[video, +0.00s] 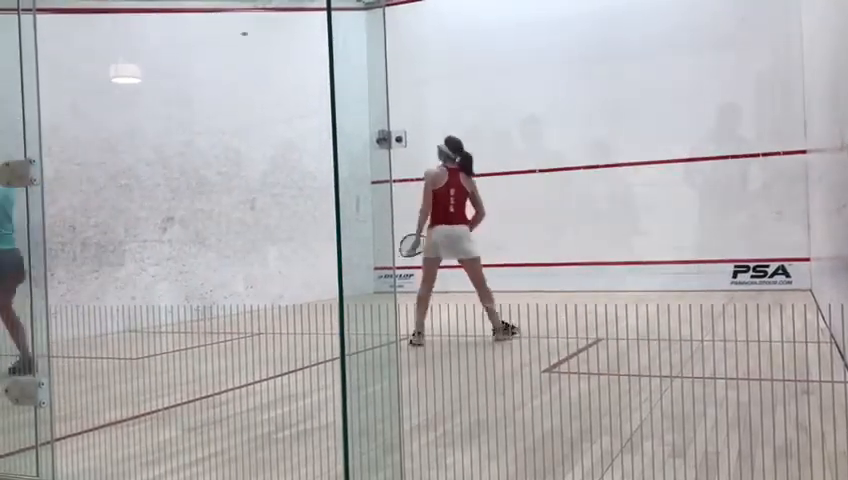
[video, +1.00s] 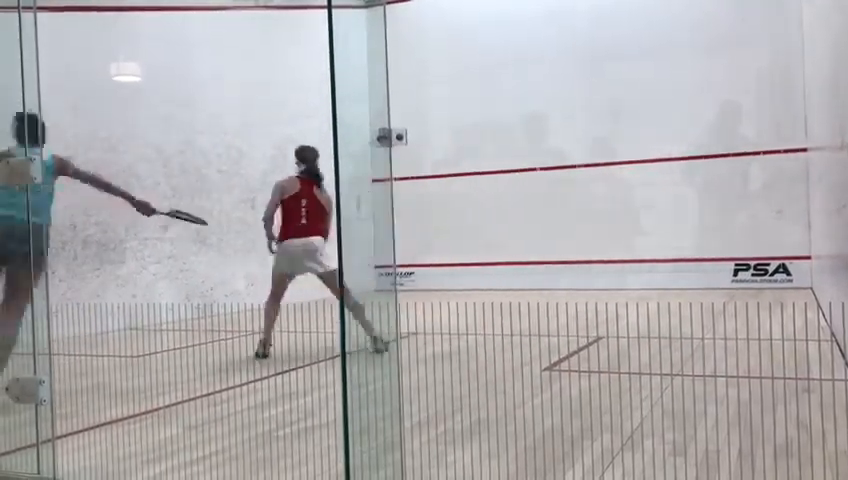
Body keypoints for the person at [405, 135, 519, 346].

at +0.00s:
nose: (438, 155)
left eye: (439, 153)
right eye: (442, 153)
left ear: (441, 155)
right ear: (459, 157)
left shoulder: (432, 175)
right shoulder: (466, 178)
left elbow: (426, 209)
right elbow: (480, 212)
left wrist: (417, 235)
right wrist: (467, 229)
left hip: (436, 233)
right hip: (461, 232)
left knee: (426, 285)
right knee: (480, 284)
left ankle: (418, 332)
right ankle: (497, 326)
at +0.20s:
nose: (406, 149)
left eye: (408, 146)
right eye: (409, 146)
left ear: (410, 148)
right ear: (429, 150)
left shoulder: (402, 168)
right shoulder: (437, 170)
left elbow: (393, 197)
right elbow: (449, 205)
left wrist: (386, 201)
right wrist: (438, 223)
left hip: (410, 227)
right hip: (434, 226)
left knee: (412, 283)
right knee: (442, 281)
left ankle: (417, 331)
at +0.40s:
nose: (399, 148)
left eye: (397, 147)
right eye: (404, 147)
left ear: (391, 153)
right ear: (411, 154)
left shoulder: (381, 172)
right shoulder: (416, 175)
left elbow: (374, 200)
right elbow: (427, 212)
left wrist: (386, 181)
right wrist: (416, 231)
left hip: (383, 230)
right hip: (406, 230)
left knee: (394, 286)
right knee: (400, 286)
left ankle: (411, 330)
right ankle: (382, 332)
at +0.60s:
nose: (381, 162)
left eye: (380, 157)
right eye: (383, 157)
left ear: (371, 156)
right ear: (390, 157)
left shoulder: (359, 173)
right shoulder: (395, 179)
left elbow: (343, 198)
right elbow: (404, 216)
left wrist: (359, 201)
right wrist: (403, 241)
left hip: (355, 230)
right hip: (380, 230)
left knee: (357, 285)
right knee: (388, 286)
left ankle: (366, 329)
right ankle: (376, 333)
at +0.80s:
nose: (359, 161)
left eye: (355, 156)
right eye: (363, 158)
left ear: (348, 154)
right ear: (366, 158)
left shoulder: (330, 174)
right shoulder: (371, 181)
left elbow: (313, 201)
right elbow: (379, 218)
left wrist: (327, 208)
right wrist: (381, 246)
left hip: (325, 232)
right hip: (352, 233)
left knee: (317, 285)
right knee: (369, 288)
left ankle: (298, 334)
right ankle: (378, 337)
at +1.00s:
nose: (296, 164)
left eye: (296, 162)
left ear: (297, 163)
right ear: (316, 164)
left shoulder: (284, 186)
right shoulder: (324, 194)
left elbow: (268, 217)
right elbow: (327, 227)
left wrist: (270, 238)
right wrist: (320, 242)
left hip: (288, 246)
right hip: (315, 246)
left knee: (275, 297)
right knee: (342, 292)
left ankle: (265, 343)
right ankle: (374, 335)